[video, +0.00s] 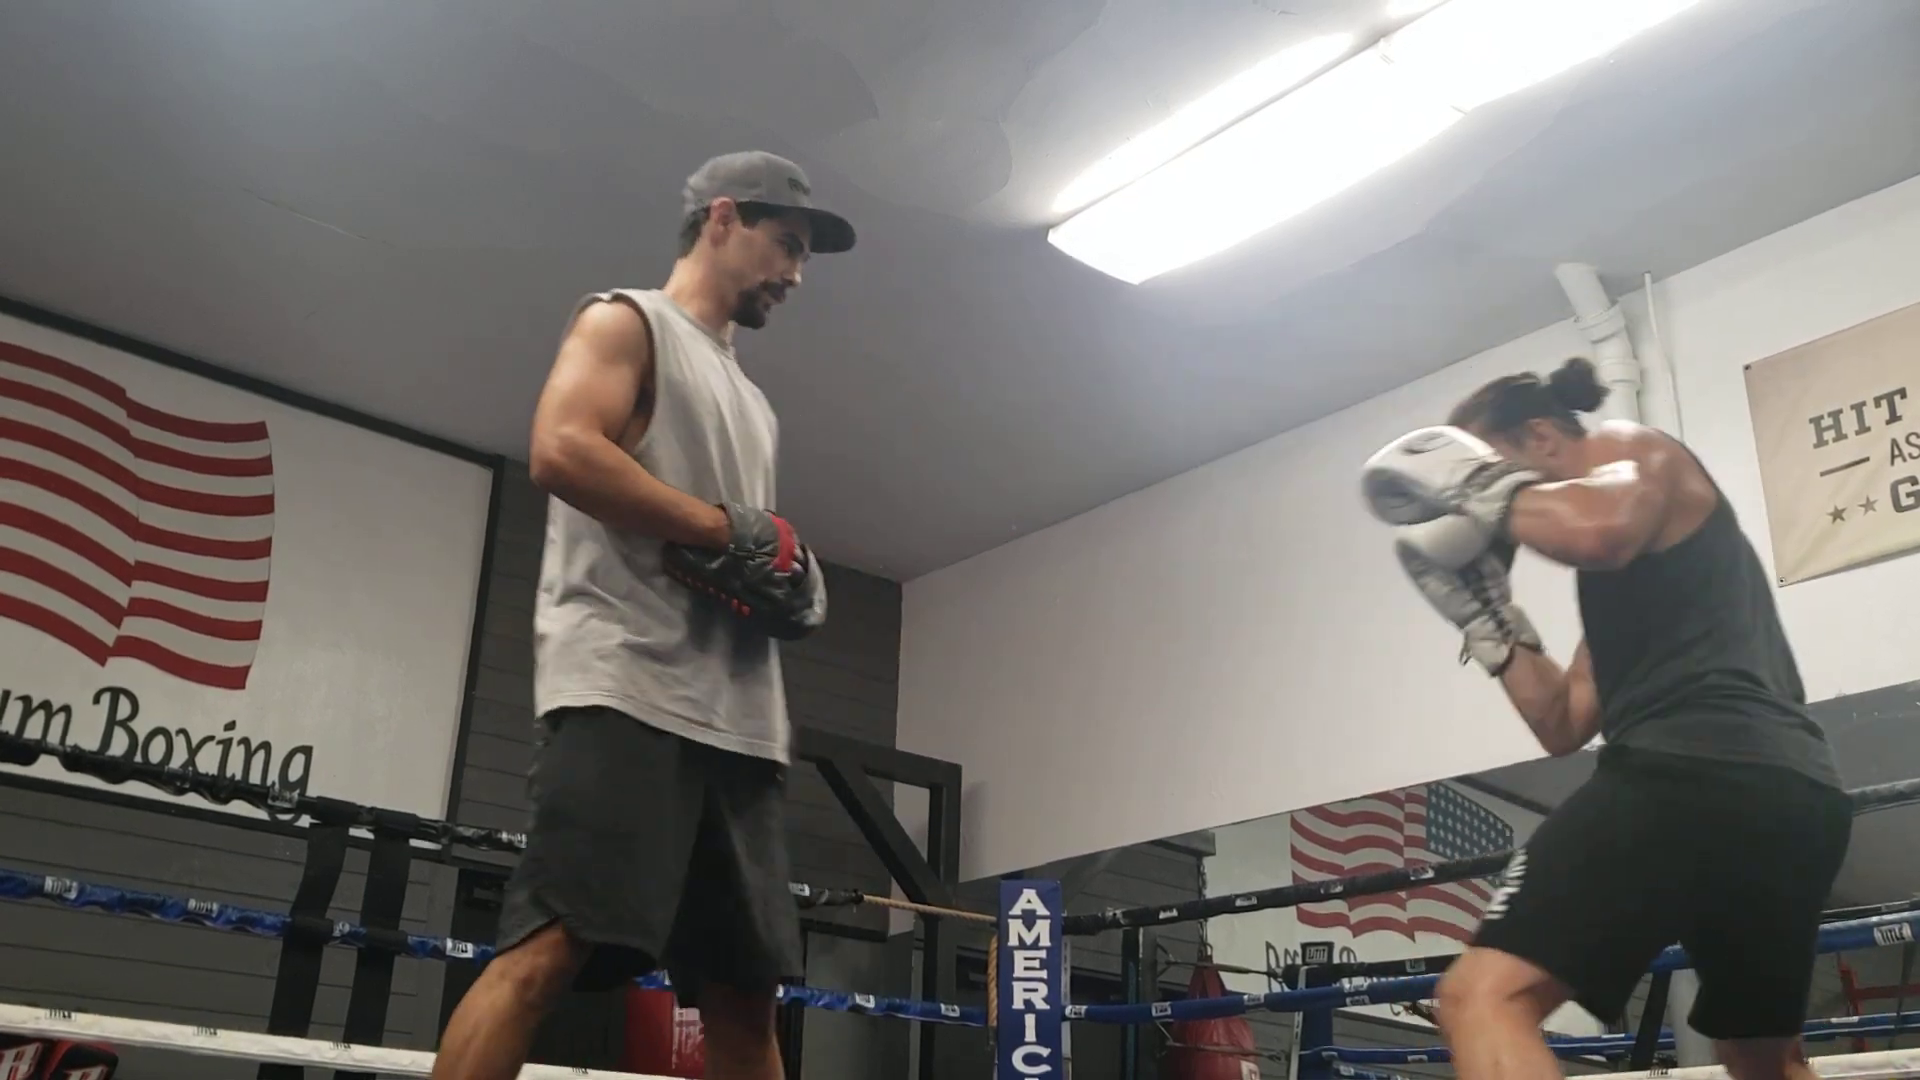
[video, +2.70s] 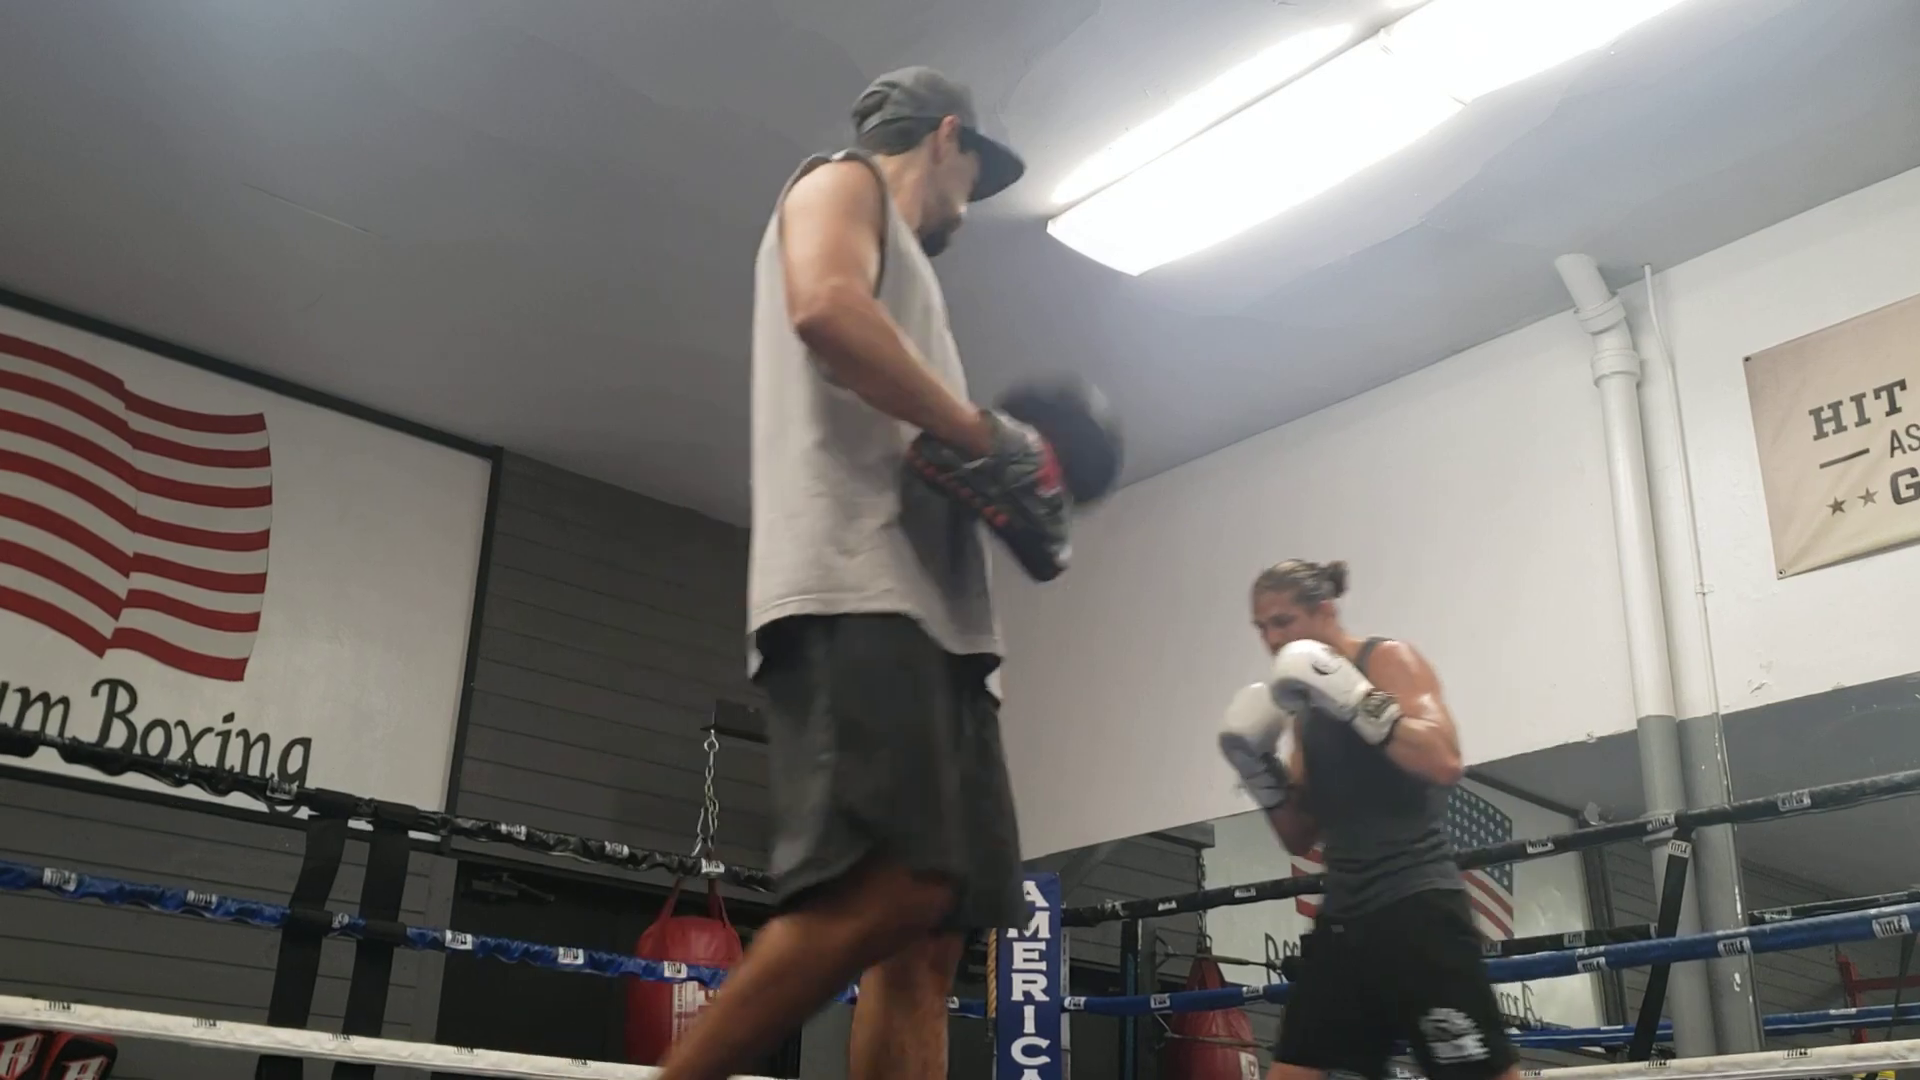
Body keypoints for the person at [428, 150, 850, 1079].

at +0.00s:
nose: (796, 273)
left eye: (805, 256)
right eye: (786, 242)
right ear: (720, 217)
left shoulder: (753, 407)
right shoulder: (623, 320)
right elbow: (562, 450)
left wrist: (789, 583)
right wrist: (735, 532)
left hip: (737, 717)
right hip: (620, 693)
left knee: (745, 994)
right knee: (547, 950)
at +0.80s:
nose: (773, 395)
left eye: (781, 379)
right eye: (769, 368)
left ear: (722, 356)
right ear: (719, 344)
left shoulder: (687, 480)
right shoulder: (639, 409)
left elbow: (664, 623)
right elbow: (569, 508)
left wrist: (704, 735)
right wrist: (669, 642)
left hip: (645, 774)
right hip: (570, 742)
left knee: (631, 1015)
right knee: (506, 967)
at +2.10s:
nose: (729, 250)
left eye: (739, 230)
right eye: (732, 216)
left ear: (668, 193)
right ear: (686, 184)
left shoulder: (663, 333)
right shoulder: (586, 272)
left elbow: (656, 504)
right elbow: (558, 411)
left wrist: (733, 581)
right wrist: (709, 539)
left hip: (682, 690)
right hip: (573, 673)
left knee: (746, 936)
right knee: (510, 953)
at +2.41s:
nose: (843, 234)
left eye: (851, 214)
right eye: (846, 202)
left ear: (787, 174)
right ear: (807, 167)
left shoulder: (766, 317)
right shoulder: (695, 228)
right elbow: (659, 362)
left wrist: (844, 569)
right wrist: (805, 505)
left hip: (783, 664)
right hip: (662, 639)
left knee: (837, 929)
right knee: (575, 942)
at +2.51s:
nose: (888, 231)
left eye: (895, 211)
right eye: (892, 198)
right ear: (858, 161)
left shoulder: (823, 318)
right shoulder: (748, 210)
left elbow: (818, 479)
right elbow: (717, 336)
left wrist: (913, 554)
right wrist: (862, 483)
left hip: (847, 658)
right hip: (727, 630)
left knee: (885, 938)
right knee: (636, 936)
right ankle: (520, 1075)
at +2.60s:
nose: (928, 218)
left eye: (936, 199)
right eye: (932, 188)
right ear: (897, 154)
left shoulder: (863, 301)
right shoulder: (793, 196)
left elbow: (864, 458)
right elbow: (771, 323)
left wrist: (969, 523)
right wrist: (925, 459)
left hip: (890, 642)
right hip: (784, 615)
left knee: (913, 940)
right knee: (751, 916)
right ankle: (576, 1073)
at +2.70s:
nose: (973, 195)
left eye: (981, 178)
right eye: (974, 166)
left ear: (914, 140)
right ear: (939, 135)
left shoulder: (910, 277)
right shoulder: (841, 181)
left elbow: (902, 442)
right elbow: (826, 307)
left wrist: (1003, 487)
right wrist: (989, 434)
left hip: (931, 610)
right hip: (852, 588)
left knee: (936, 926)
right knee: (891, 883)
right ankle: (679, 1069)